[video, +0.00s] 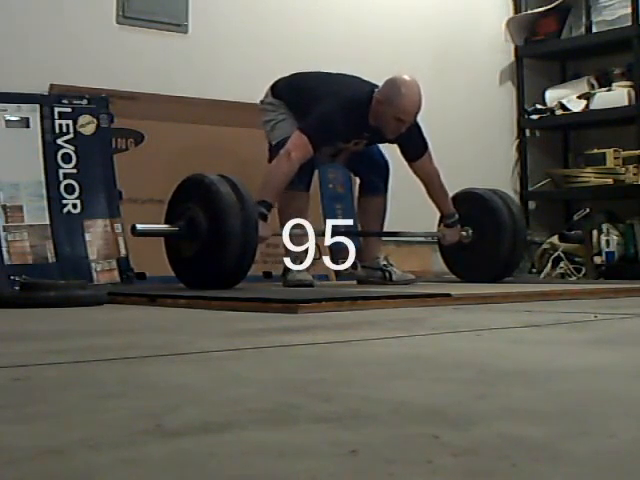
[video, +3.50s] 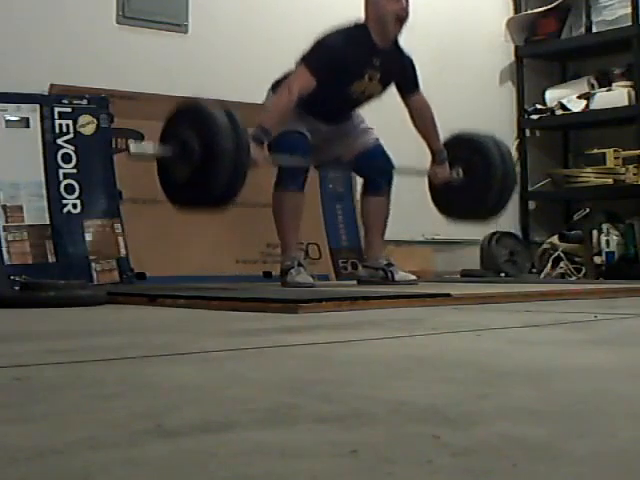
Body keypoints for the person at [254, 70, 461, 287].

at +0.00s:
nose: (403, 129)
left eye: (409, 123)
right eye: (398, 120)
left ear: (414, 114)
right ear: (377, 104)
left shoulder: (404, 120)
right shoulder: (340, 109)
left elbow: (426, 169)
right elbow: (291, 155)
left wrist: (450, 217)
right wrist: (261, 211)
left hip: (332, 122)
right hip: (284, 107)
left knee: (376, 167)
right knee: (298, 166)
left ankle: (370, 262)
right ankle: (296, 265)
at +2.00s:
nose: (406, 122)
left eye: (412, 115)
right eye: (401, 112)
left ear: (416, 111)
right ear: (378, 97)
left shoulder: (405, 123)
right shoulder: (342, 109)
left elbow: (426, 173)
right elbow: (295, 162)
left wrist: (447, 219)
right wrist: (259, 213)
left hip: (331, 110)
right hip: (284, 100)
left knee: (362, 169)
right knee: (300, 169)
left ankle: (370, 262)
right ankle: (295, 264)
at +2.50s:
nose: (405, 109)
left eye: (412, 103)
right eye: (401, 100)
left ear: (417, 100)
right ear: (380, 88)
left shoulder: (410, 127)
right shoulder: (342, 110)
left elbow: (432, 177)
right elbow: (295, 163)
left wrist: (448, 220)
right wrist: (259, 215)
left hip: (337, 151)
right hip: (286, 134)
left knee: (396, 174)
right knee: (298, 173)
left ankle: (374, 263)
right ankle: (293, 266)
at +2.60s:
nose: (404, 105)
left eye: (410, 98)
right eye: (399, 95)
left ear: (415, 97)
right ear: (377, 87)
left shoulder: (410, 128)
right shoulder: (340, 112)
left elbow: (433, 176)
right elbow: (293, 159)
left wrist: (450, 220)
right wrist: (261, 213)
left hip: (345, 180)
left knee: (403, 175)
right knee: (307, 171)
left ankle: (374, 263)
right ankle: (293, 266)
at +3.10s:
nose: (402, 66)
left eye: (404, 60)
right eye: (392, 58)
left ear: (405, 69)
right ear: (366, 68)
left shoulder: (401, 119)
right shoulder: (335, 103)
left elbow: (425, 166)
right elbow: (294, 153)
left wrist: (447, 211)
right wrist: (265, 206)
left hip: (355, 181)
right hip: (316, 177)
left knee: (409, 178)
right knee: (315, 171)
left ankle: (375, 262)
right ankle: (294, 264)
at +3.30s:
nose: (406, 43)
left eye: (409, 38)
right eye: (396, 36)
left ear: (412, 47)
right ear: (372, 44)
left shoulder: (402, 96)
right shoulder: (341, 78)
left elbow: (424, 141)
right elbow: (296, 127)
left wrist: (445, 188)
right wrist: (265, 176)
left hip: (350, 145)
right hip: (302, 138)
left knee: (396, 172)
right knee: (305, 157)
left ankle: (375, 262)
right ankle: (292, 263)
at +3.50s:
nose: (404, 7)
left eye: (406, 2)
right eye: (394, 1)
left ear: (408, 10)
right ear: (371, 6)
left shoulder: (399, 62)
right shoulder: (340, 44)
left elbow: (417, 106)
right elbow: (291, 89)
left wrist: (439, 154)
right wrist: (261, 134)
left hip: (341, 119)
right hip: (296, 112)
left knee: (380, 168)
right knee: (294, 159)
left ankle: (374, 262)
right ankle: (291, 263)